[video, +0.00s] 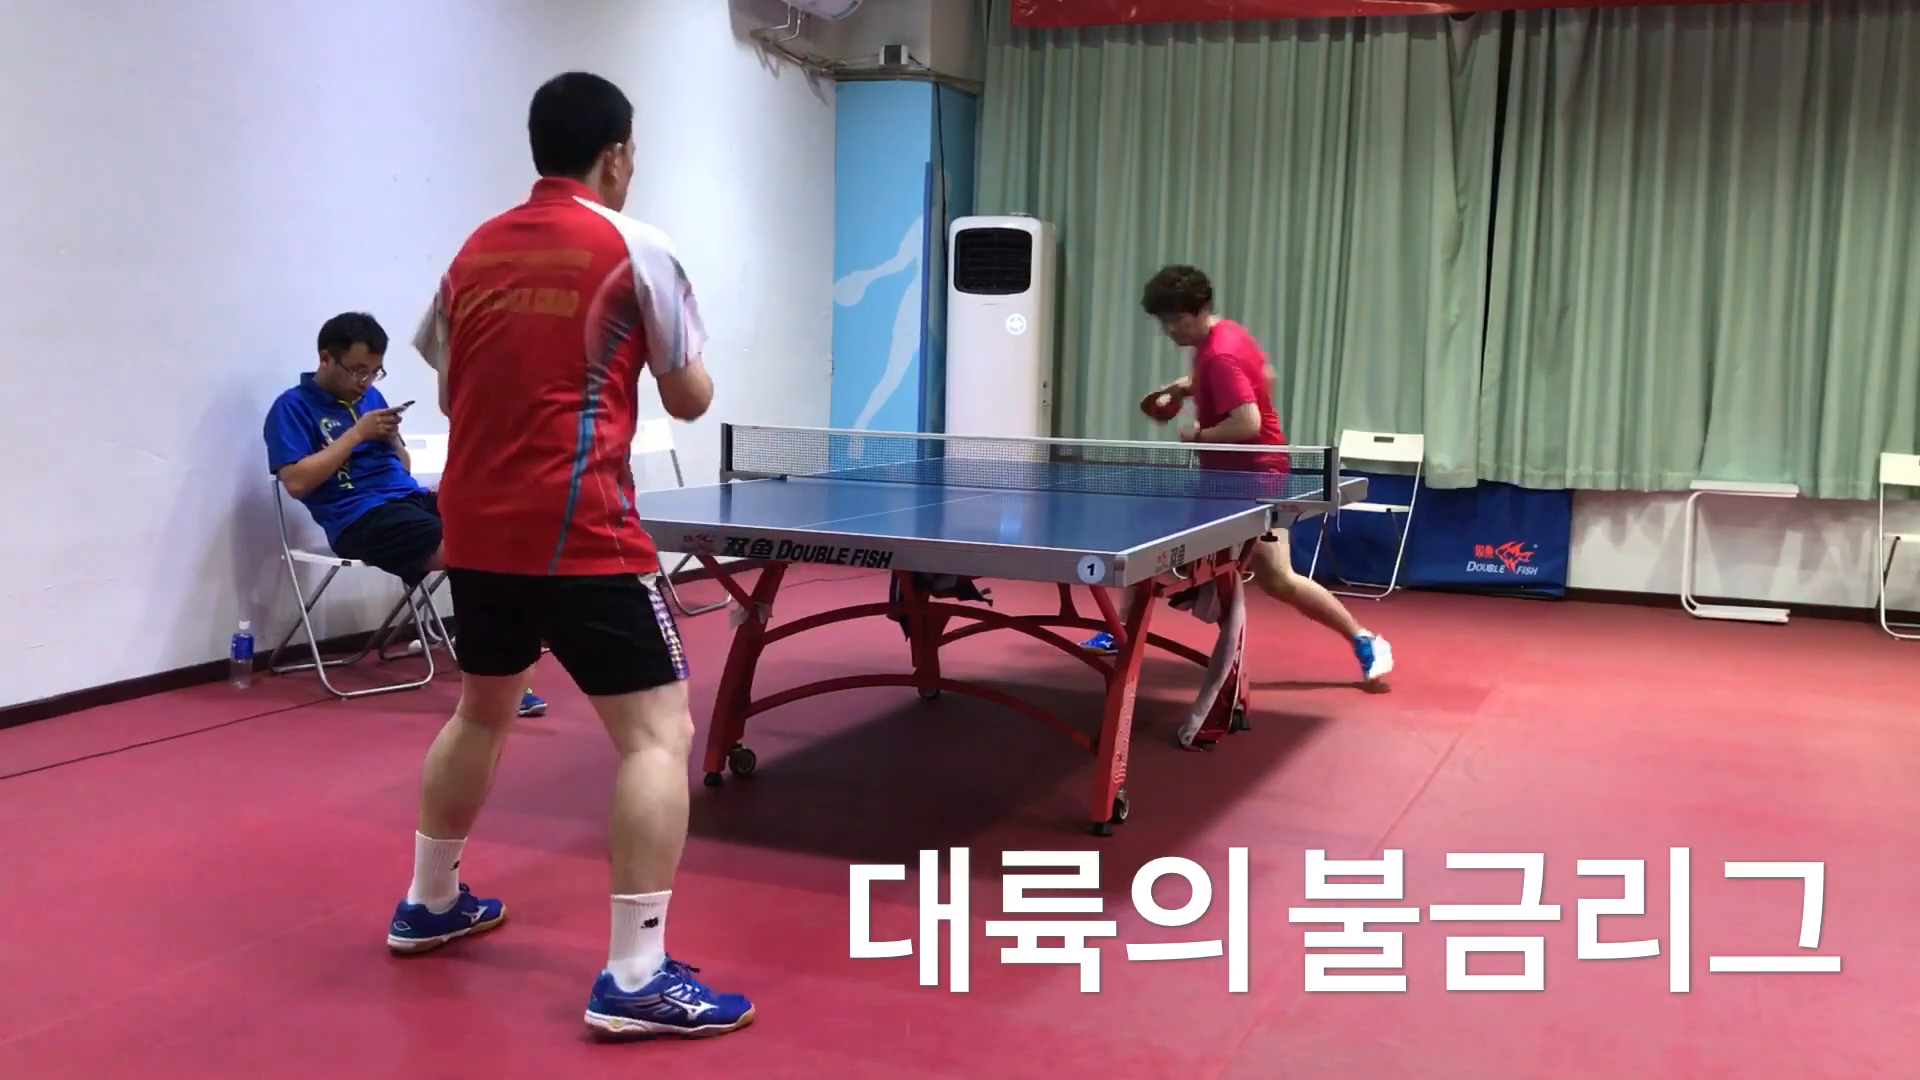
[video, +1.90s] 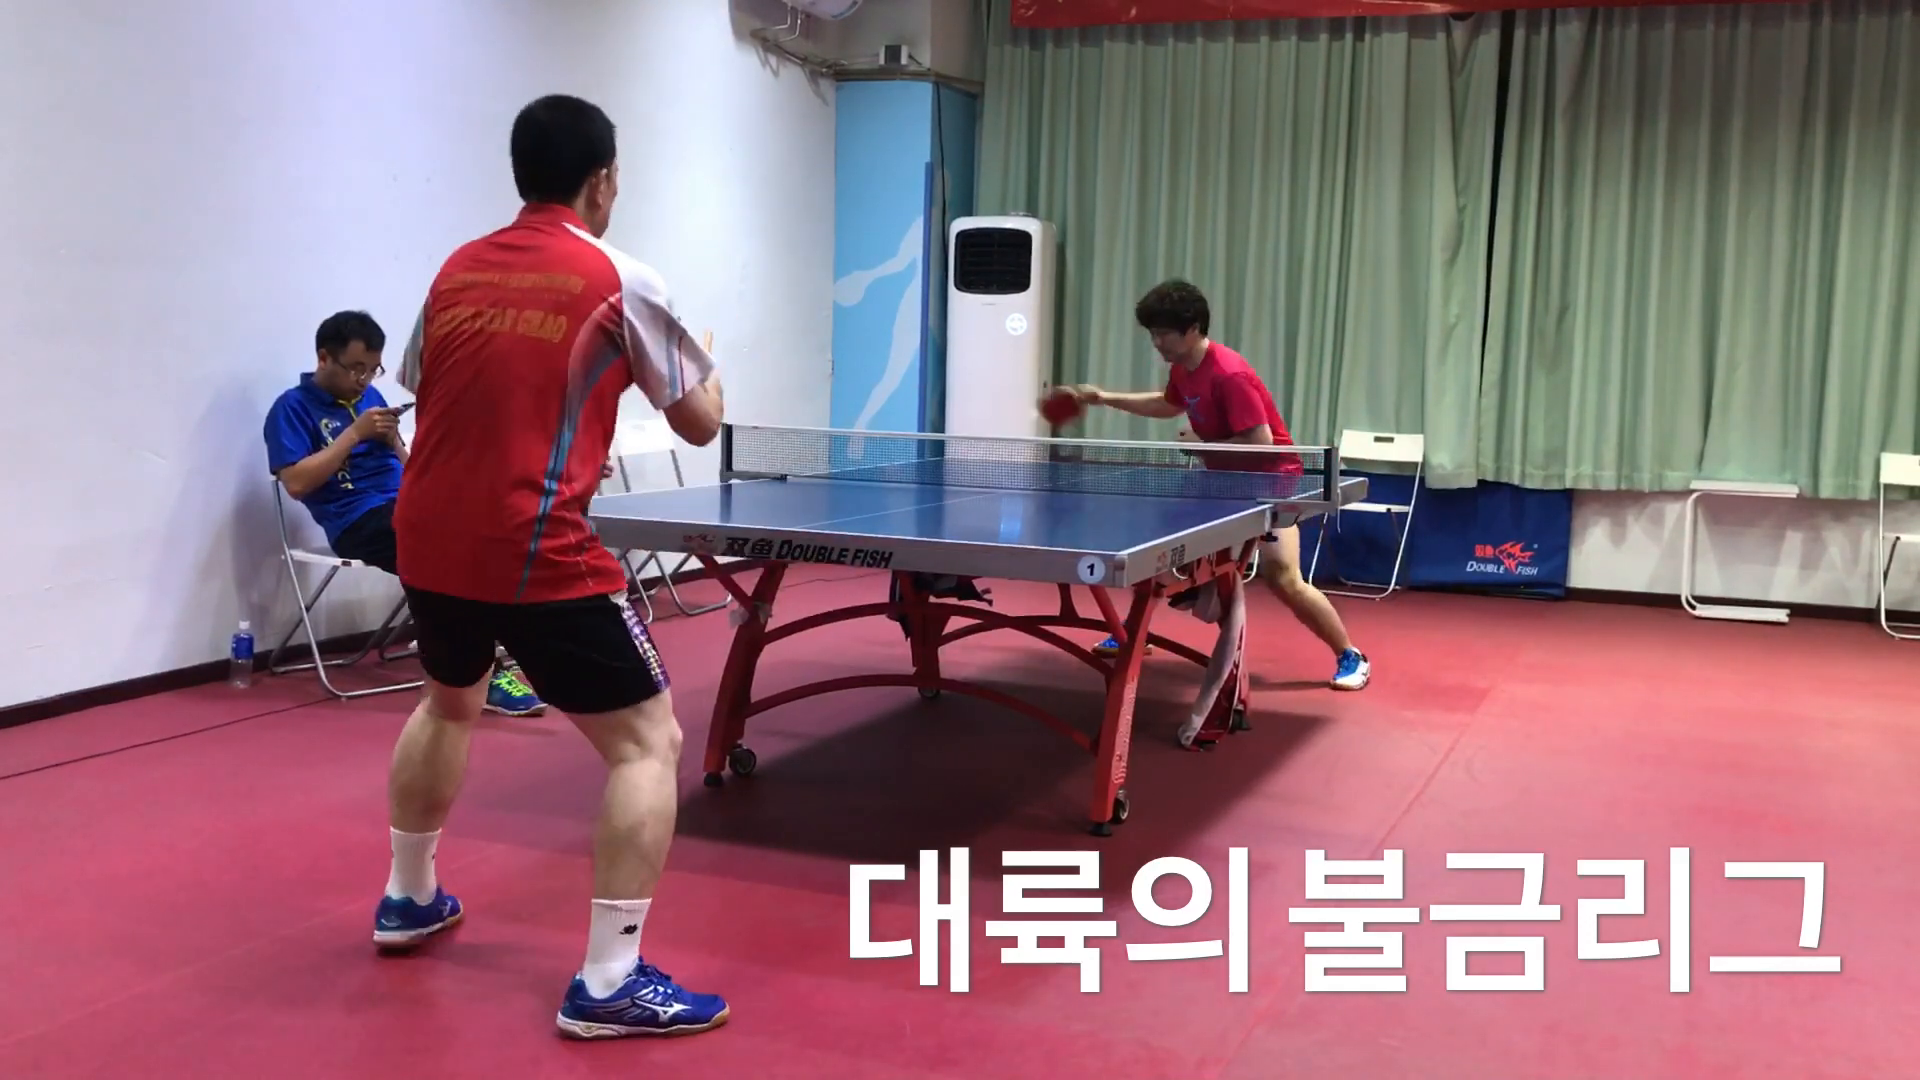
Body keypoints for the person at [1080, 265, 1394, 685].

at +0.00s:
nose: (1168, 331)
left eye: (1171, 321)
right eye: (1164, 323)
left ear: (1197, 312)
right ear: (1198, 310)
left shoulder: (1220, 353)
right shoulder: (1227, 333)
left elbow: (1248, 423)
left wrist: (1201, 435)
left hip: (1248, 476)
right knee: (1278, 578)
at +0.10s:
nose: (1214, 329)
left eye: (1217, 318)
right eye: (1210, 320)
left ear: (1242, 307)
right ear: (1247, 306)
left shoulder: (1259, 353)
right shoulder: (1280, 331)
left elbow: (1277, 424)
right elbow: (1277, 374)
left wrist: (1233, 437)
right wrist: (1234, 370)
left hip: (1276, 479)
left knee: (1308, 586)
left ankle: (1397, 657)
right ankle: (1397, 655)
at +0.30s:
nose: (1260, 323)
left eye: (1267, 313)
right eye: (1256, 314)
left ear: (1294, 310)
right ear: (1263, 313)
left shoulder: (1319, 365)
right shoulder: (1284, 351)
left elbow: (1331, 443)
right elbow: (1262, 407)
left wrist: (1269, 449)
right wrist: (1232, 395)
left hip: (1329, 484)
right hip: (1288, 476)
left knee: (1326, 592)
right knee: (1224, 539)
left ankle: (1407, 665)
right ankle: (1174, 619)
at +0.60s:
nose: (1242, 326)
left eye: (1253, 316)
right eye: (1236, 316)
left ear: (1279, 319)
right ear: (1230, 319)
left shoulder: (1313, 370)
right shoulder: (1232, 367)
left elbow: (1345, 436)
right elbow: (1210, 439)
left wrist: (1281, 451)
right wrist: (1210, 417)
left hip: (1323, 484)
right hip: (1269, 481)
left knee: (1331, 582)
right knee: (1205, 544)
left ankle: (1407, 663)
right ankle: (1171, 630)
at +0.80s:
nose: (1196, 313)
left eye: (1205, 303)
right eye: (1189, 304)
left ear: (1232, 305)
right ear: (1185, 306)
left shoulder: (1260, 351)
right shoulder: (1206, 353)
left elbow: (1290, 419)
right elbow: (1207, 409)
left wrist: (1231, 431)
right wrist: (1168, 427)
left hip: (1299, 470)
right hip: (1248, 470)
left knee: (1315, 572)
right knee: (1192, 540)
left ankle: (1392, 654)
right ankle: (1168, 631)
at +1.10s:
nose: (1175, 343)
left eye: (1180, 334)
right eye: (1172, 335)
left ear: (1209, 330)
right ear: (1204, 331)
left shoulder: (1250, 373)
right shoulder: (1202, 370)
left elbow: (1281, 442)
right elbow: (1193, 413)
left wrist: (1222, 443)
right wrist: (1132, 399)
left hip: (1295, 482)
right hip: (1245, 481)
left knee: (1297, 580)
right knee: (1183, 539)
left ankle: (1365, 659)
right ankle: (1166, 631)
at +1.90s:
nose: (1156, 344)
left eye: (1162, 336)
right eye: (1153, 336)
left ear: (1191, 330)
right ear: (1181, 331)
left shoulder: (1229, 375)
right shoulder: (1181, 368)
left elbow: (1263, 445)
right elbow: (1169, 405)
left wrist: (1206, 446)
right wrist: (1104, 398)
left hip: (1273, 482)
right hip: (1224, 480)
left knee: (1285, 580)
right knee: (1159, 541)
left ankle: (1350, 655)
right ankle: (1131, 633)